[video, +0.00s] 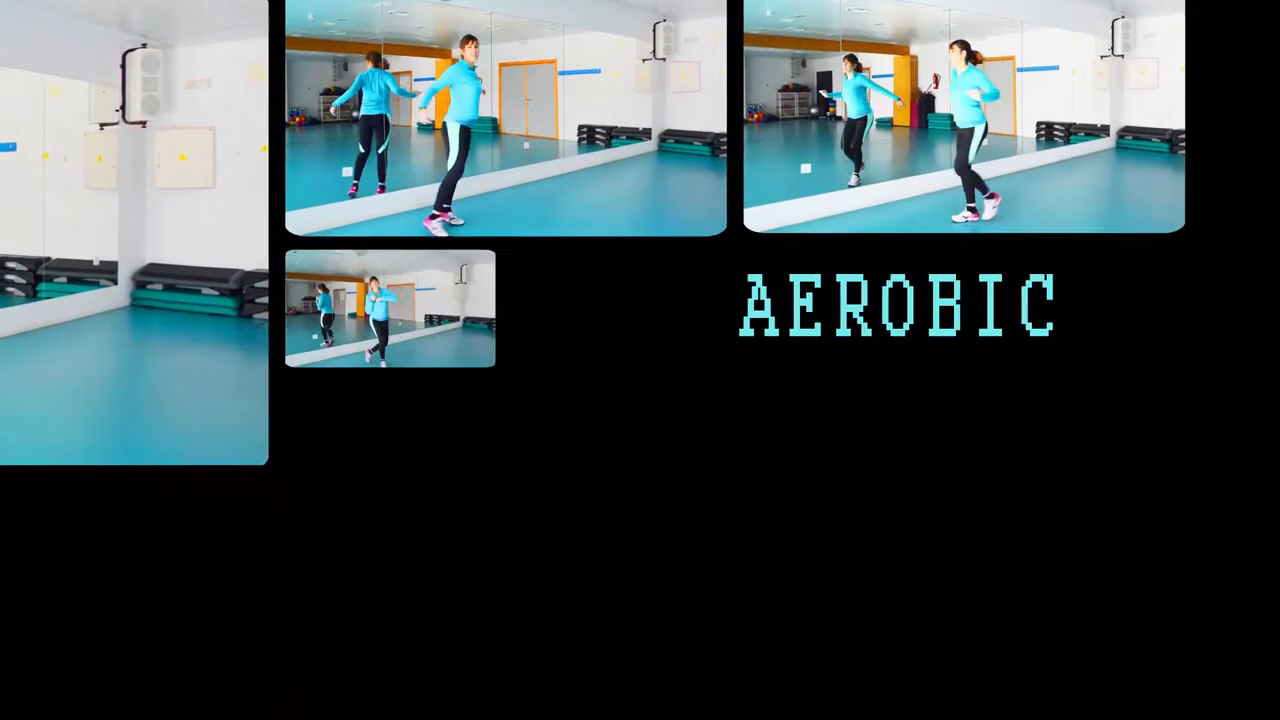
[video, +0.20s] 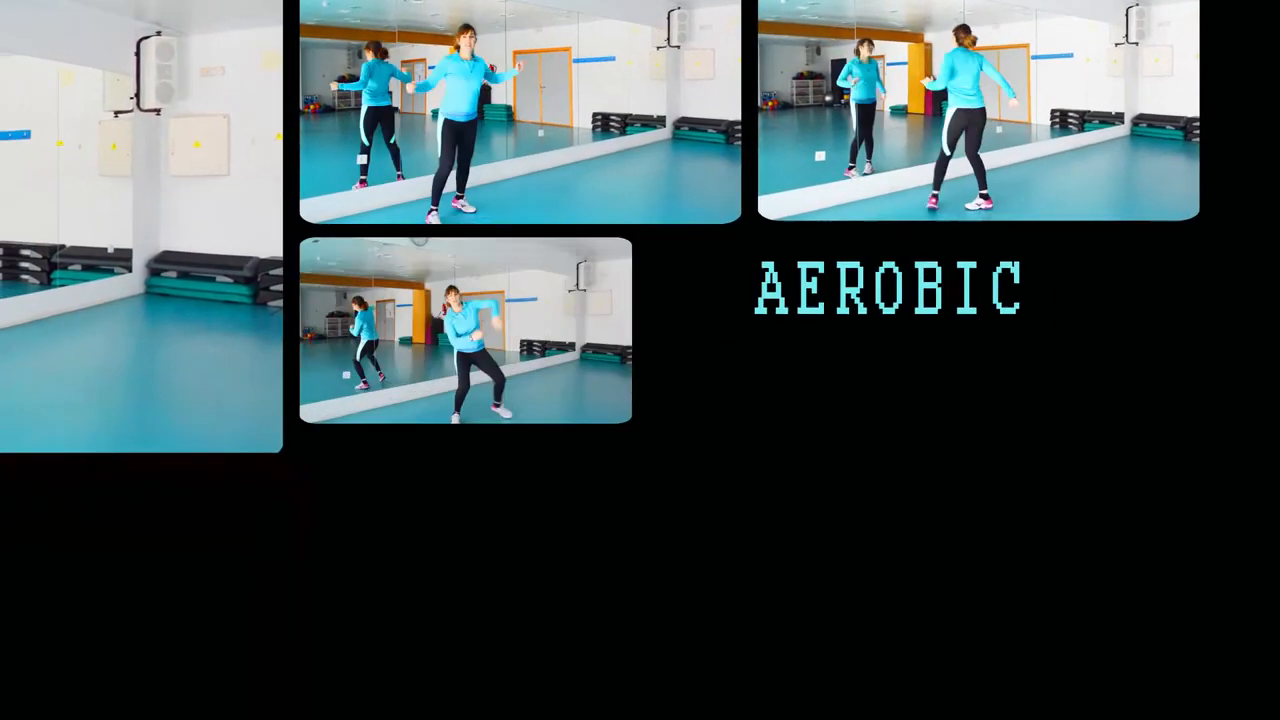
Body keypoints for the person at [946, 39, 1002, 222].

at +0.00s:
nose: (949, 54)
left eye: (952, 51)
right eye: (950, 51)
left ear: (963, 53)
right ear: (959, 53)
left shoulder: (976, 74)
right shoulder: (954, 73)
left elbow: (995, 93)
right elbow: (958, 94)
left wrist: (981, 95)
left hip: (976, 125)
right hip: (962, 125)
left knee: (962, 166)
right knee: (961, 167)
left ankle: (990, 196)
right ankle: (971, 209)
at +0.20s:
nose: (952, 39)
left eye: (953, 37)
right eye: (954, 36)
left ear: (955, 38)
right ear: (969, 38)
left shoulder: (950, 56)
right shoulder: (977, 57)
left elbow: (941, 84)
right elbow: (996, 75)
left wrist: (929, 84)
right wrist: (1011, 94)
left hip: (958, 111)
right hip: (978, 111)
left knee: (946, 152)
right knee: (972, 153)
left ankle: (934, 195)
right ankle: (984, 196)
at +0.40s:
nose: (976, 27)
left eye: (975, 24)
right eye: (973, 24)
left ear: (961, 27)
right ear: (963, 25)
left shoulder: (949, 43)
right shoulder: (968, 42)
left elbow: (932, 64)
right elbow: (961, 68)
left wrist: (947, 78)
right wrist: (976, 91)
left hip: (945, 94)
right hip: (961, 94)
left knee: (948, 141)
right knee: (965, 141)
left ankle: (939, 187)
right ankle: (960, 191)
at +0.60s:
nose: (971, 15)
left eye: (972, 12)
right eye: (967, 12)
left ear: (972, 16)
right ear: (956, 16)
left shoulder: (969, 38)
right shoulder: (949, 35)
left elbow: (969, 58)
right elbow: (928, 51)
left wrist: (981, 54)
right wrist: (913, 67)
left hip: (963, 91)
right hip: (950, 90)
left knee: (953, 133)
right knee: (948, 134)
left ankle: (943, 175)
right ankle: (926, 182)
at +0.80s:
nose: (961, 10)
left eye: (964, 7)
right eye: (957, 6)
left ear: (967, 10)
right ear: (950, 10)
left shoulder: (973, 33)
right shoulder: (938, 31)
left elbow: (991, 48)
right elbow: (922, 54)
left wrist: (1009, 41)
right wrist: (911, 54)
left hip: (961, 90)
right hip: (940, 90)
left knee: (961, 133)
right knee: (938, 135)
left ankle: (954, 168)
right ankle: (927, 180)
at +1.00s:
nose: (954, 5)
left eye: (957, 2)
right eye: (950, 2)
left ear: (962, 6)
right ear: (944, 5)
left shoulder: (969, 25)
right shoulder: (934, 26)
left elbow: (993, 44)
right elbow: (924, 56)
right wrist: (940, 34)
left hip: (961, 84)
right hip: (938, 85)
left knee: (972, 127)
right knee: (940, 130)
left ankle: (961, 163)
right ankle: (936, 174)